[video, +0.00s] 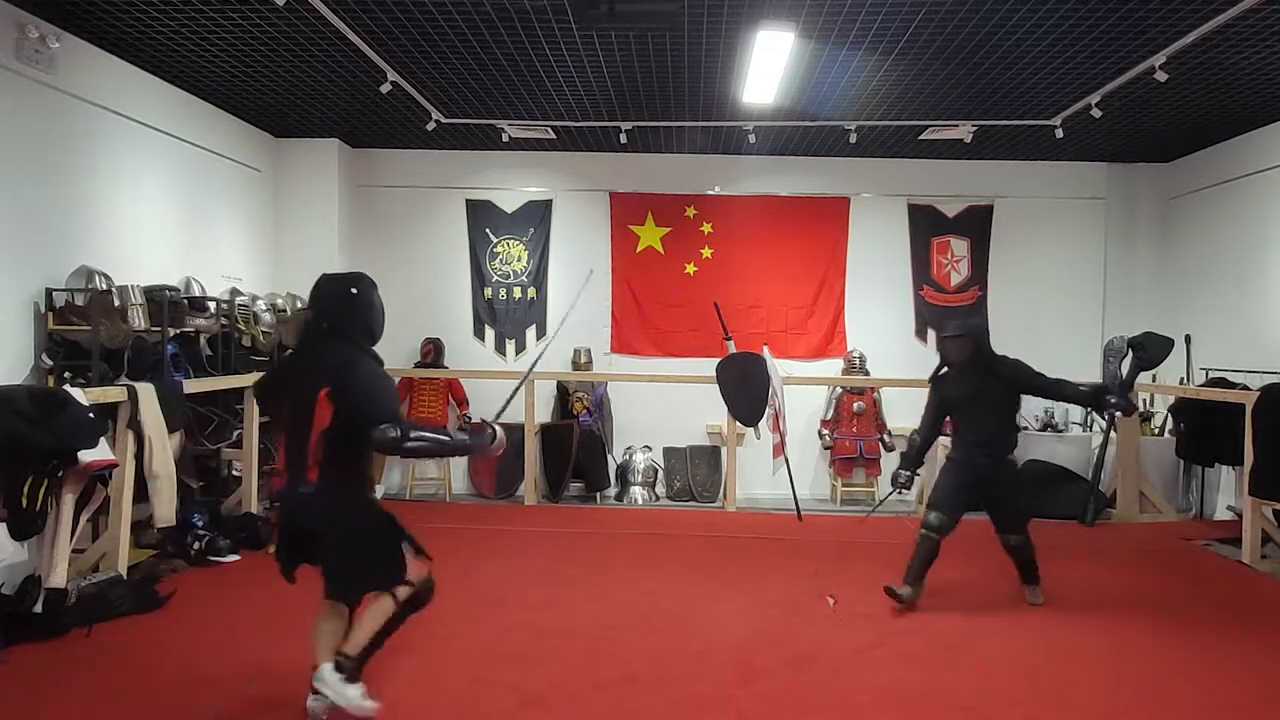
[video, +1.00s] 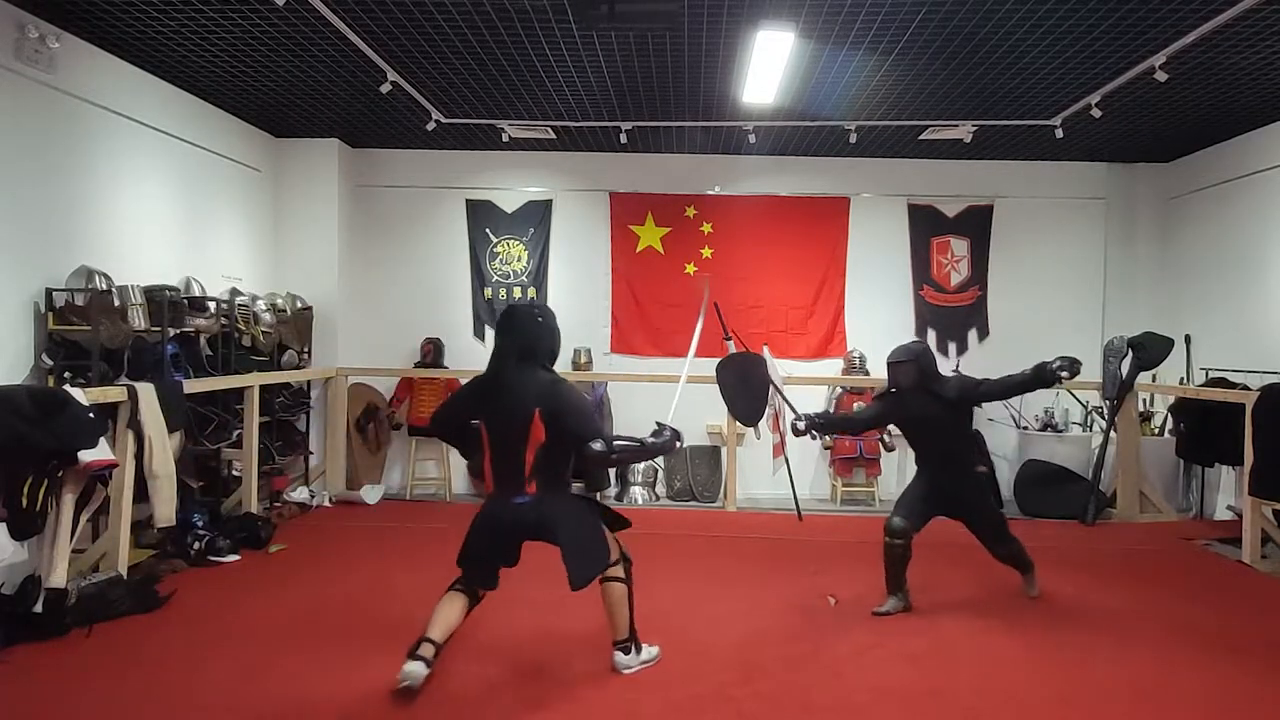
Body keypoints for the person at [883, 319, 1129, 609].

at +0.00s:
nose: (952, 348)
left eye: (959, 340)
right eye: (947, 341)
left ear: (976, 341)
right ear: (942, 344)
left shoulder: (1005, 370)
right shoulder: (943, 382)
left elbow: (1050, 388)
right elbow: (928, 428)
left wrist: (1097, 398)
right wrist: (908, 464)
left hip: (1000, 466)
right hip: (959, 466)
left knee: (1015, 537)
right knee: (933, 524)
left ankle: (1031, 584)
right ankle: (910, 587)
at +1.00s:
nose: (896, 375)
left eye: (903, 368)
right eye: (893, 369)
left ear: (921, 368)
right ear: (893, 372)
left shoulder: (954, 390)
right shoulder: (893, 402)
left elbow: (999, 388)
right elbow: (858, 421)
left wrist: (1042, 374)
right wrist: (818, 421)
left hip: (969, 478)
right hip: (929, 478)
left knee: (1000, 544)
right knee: (897, 529)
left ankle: (1028, 571)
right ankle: (897, 595)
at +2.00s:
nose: (1007, 357)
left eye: (1012, 350)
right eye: (1004, 351)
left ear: (1029, 350)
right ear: (1003, 353)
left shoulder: (1063, 374)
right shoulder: (1005, 387)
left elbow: (1101, 380)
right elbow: (991, 424)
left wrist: (1131, 378)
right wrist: (965, 418)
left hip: (1064, 461)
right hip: (1025, 460)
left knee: (1071, 526)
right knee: (1002, 516)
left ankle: (1083, 569)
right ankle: (985, 572)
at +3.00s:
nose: (1032, 368)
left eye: (1037, 362)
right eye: (1028, 362)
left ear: (1052, 365)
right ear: (1023, 368)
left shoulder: (1082, 388)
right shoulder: (1018, 398)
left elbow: (1136, 394)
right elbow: (983, 425)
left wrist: (1130, 389)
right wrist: (958, 415)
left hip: (1083, 474)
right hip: (1042, 474)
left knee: (1117, 524)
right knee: (1012, 518)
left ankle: (1153, 566)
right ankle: (1000, 571)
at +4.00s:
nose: (844, 372)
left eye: (854, 367)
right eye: (844, 364)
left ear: (874, 375)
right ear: (840, 368)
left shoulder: (898, 416)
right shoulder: (825, 407)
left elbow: (927, 466)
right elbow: (791, 441)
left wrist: (917, 511)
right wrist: (747, 464)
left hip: (869, 511)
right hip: (826, 502)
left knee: (870, 593)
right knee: (797, 562)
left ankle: (892, 608)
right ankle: (797, 639)